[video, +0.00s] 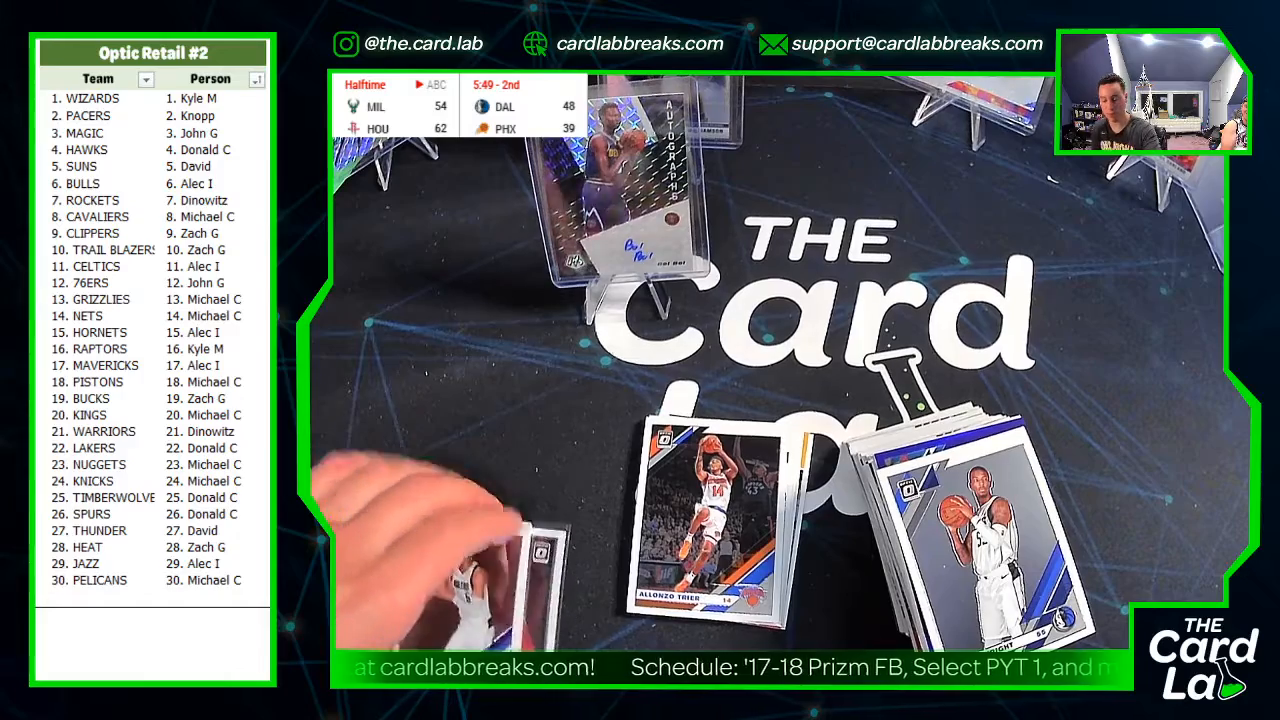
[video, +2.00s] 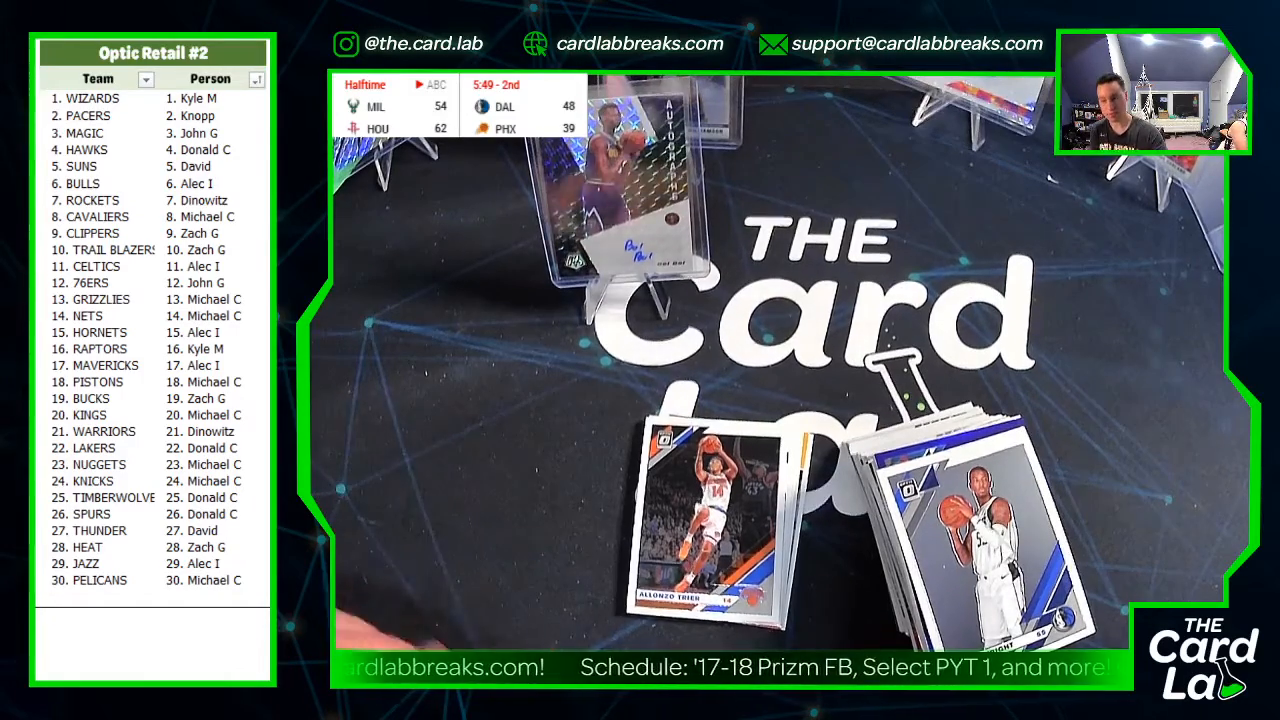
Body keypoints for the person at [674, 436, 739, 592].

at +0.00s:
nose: (714, 464)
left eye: (717, 462)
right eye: (712, 462)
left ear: (721, 465)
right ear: (709, 465)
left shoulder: (727, 476)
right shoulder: (706, 477)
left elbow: (734, 469)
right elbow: (699, 471)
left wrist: (722, 452)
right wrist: (700, 451)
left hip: (720, 513)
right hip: (706, 507)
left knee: (707, 550)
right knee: (704, 511)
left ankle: (688, 578)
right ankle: (688, 540)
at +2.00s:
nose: (715, 464)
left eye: (717, 463)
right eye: (712, 462)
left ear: (721, 466)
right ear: (709, 466)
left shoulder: (727, 476)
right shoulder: (705, 477)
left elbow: (734, 468)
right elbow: (698, 470)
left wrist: (721, 452)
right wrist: (700, 450)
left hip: (720, 512)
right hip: (706, 507)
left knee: (707, 551)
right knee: (704, 512)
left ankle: (688, 579)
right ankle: (688, 540)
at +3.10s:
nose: (714, 464)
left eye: (717, 462)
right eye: (713, 462)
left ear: (721, 465)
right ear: (709, 465)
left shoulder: (727, 476)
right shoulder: (705, 477)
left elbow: (734, 469)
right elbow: (698, 471)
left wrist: (722, 452)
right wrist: (700, 451)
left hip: (720, 513)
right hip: (706, 507)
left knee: (707, 550)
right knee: (705, 512)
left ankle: (688, 580)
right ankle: (688, 540)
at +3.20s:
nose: (714, 464)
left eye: (717, 462)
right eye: (712, 462)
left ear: (721, 465)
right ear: (709, 464)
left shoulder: (726, 476)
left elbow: (734, 468)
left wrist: (722, 453)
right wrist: (700, 449)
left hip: (719, 510)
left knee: (708, 544)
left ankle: (708, 576)